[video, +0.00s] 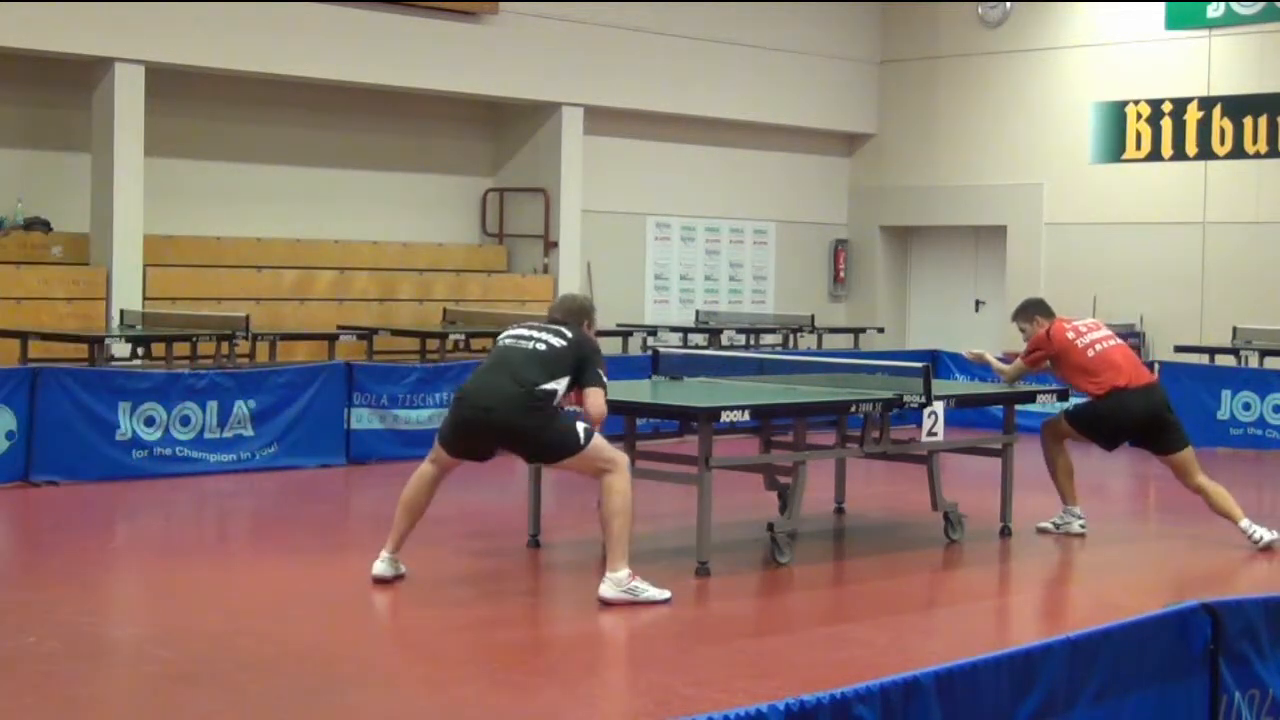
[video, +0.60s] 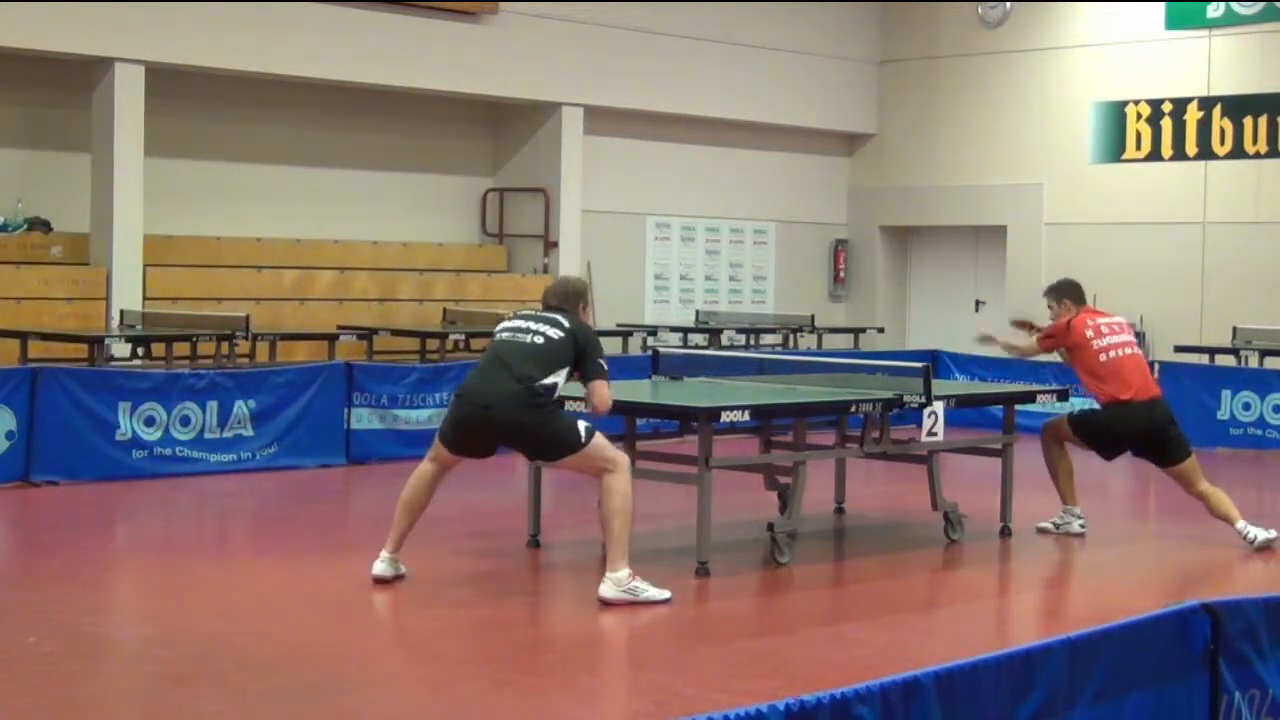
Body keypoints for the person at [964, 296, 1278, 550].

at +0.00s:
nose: (1025, 337)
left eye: (1025, 330)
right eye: (1023, 332)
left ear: (1038, 321)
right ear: (1050, 317)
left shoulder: (1047, 337)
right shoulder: (1085, 323)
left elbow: (1010, 374)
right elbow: (1063, 359)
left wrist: (988, 358)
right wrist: (1021, 358)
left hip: (1116, 405)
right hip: (1155, 398)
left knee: (1051, 431)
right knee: (1196, 479)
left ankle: (1072, 515)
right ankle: (1251, 529)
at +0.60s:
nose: (1051, 316)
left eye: (1052, 309)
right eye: (1050, 310)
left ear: (1068, 305)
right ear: (1080, 302)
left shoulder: (1066, 328)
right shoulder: (1115, 319)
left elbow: (1022, 351)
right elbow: (1078, 345)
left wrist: (995, 342)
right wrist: (1040, 332)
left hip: (1119, 417)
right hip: (1158, 413)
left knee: (1052, 431)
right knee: (1201, 486)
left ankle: (1071, 514)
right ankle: (1247, 530)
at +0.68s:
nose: (1058, 307)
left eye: (1060, 300)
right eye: (1058, 301)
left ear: (1074, 298)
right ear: (1089, 295)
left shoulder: (1073, 318)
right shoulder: (1121, 316)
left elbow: (1022, 328)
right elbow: (1083, 335)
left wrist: (1001, 302)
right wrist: (1051, 316)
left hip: (1118, 416)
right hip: (1157, 413)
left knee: (1052, 432)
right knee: (1201, 484)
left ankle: (1071, 514)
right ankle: (1248, 530)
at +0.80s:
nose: (1070, 292)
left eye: (1073, 286)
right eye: (1071, 287)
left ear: (1086, 288)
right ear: (1103, 286)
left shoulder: (1083, 307)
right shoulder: (1132, 310)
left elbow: (1028, 301)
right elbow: (1101, 319)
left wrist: (1012, 266)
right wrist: (1067, 303)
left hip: (1121, 412)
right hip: (1160, 409)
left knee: (1054, 432)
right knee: (1202, 481)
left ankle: (1071, 515)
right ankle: (1248, 528)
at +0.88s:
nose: (1079, 284)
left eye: (1083, 278)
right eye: (1081, 278)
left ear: (1096, 281)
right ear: (1113, 282)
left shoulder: (1089, 303)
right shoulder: (1141, 309)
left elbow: (1029, 297)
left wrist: (1012, 267)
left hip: (1124, 408)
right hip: (1163, 406)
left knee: (1056, 432)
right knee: (1205, 480)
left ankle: (1071, 515)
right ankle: (1249, 528)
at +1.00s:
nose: (1091, 275)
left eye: (1095, 270)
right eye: (1094, 269)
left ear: (1108, 275)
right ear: (1126, 276)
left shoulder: (1100, 300)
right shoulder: (1159, 307)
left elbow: (1035, 305)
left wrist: (1002, 288)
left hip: (1127, 405)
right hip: (1169, 404)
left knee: (1061, 430)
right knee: (1209, 478)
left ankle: (1071, 514)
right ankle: (1251, 528)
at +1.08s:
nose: (1097, 271)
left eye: (1101, 266)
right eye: (1099, 265)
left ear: (1114, 271)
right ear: (1131, 272)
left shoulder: (1103, 299)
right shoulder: (1165, 303)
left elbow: (1040, 317)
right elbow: (1190, 350)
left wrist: (995, 313)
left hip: (1128, 400)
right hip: (1171, 400)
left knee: (1063, 429)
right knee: (1209, 475)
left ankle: (1072, 514)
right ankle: (1252, 528)